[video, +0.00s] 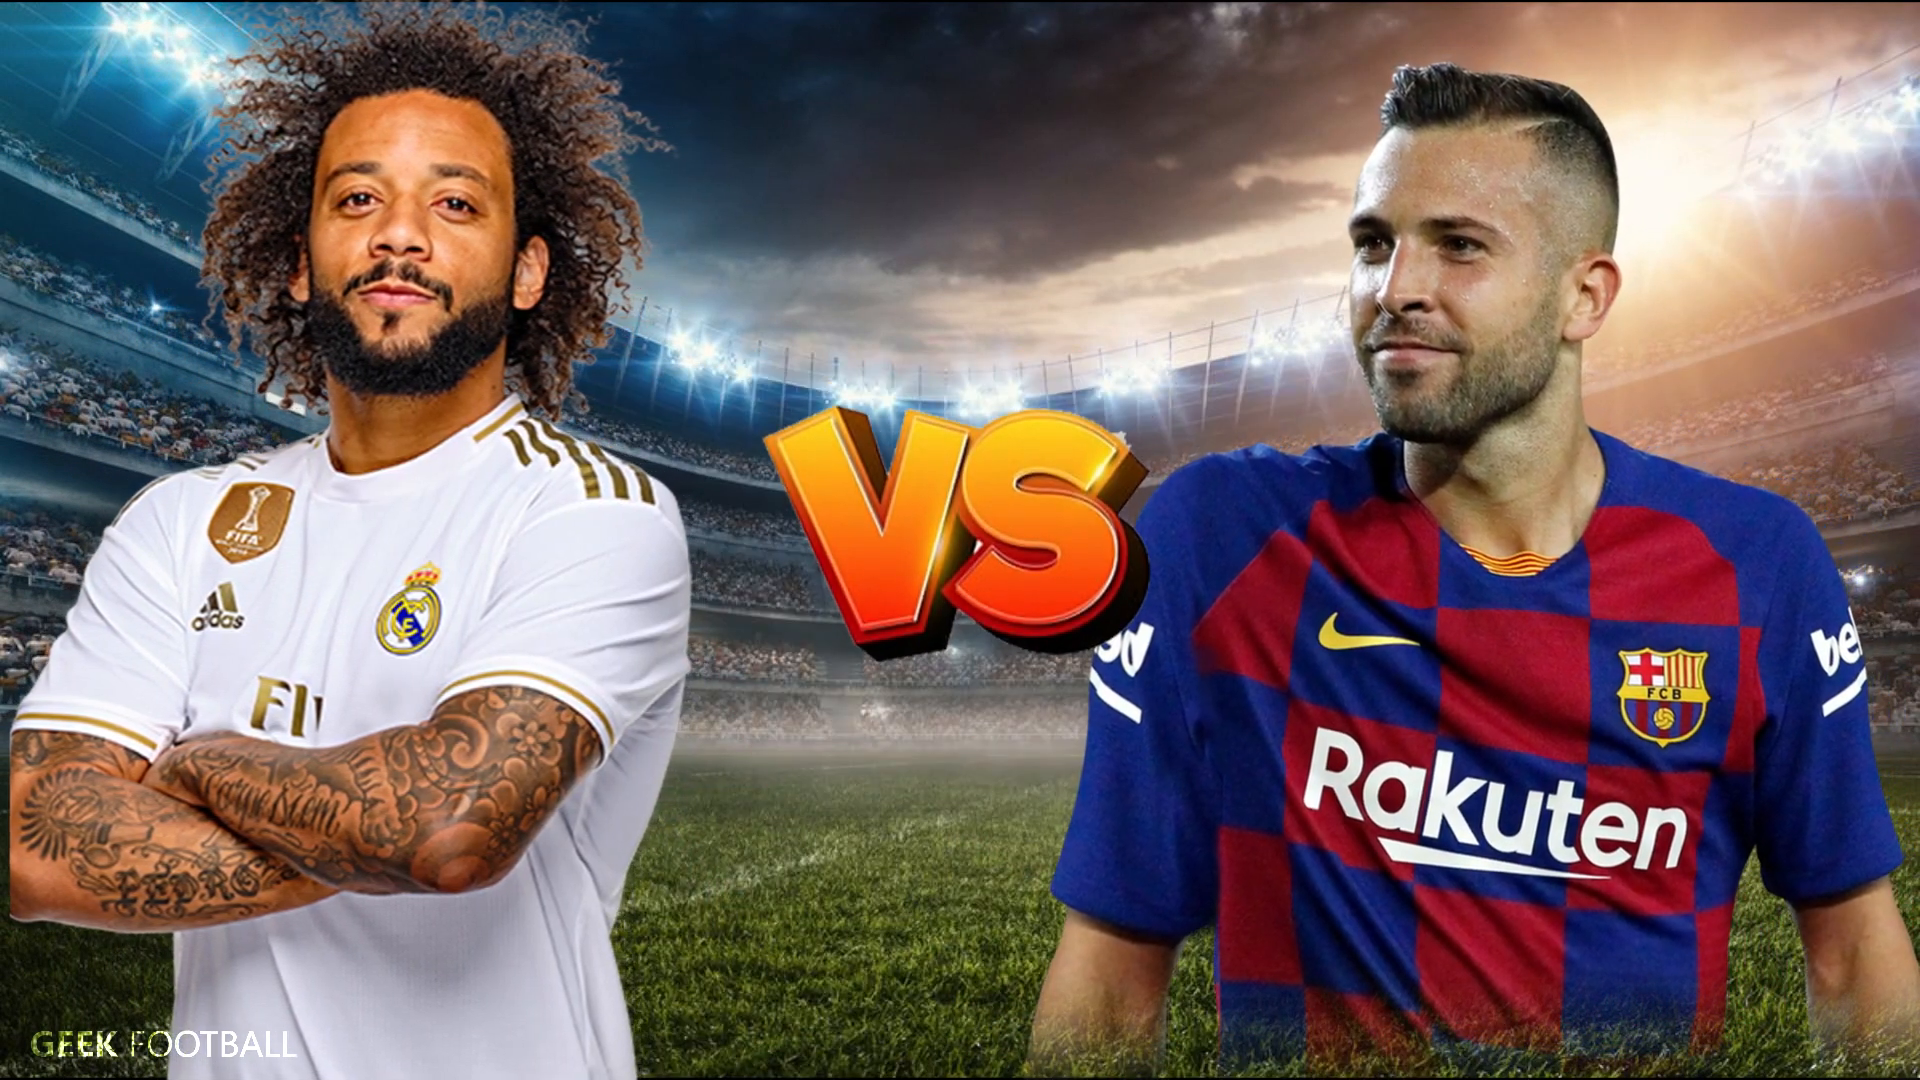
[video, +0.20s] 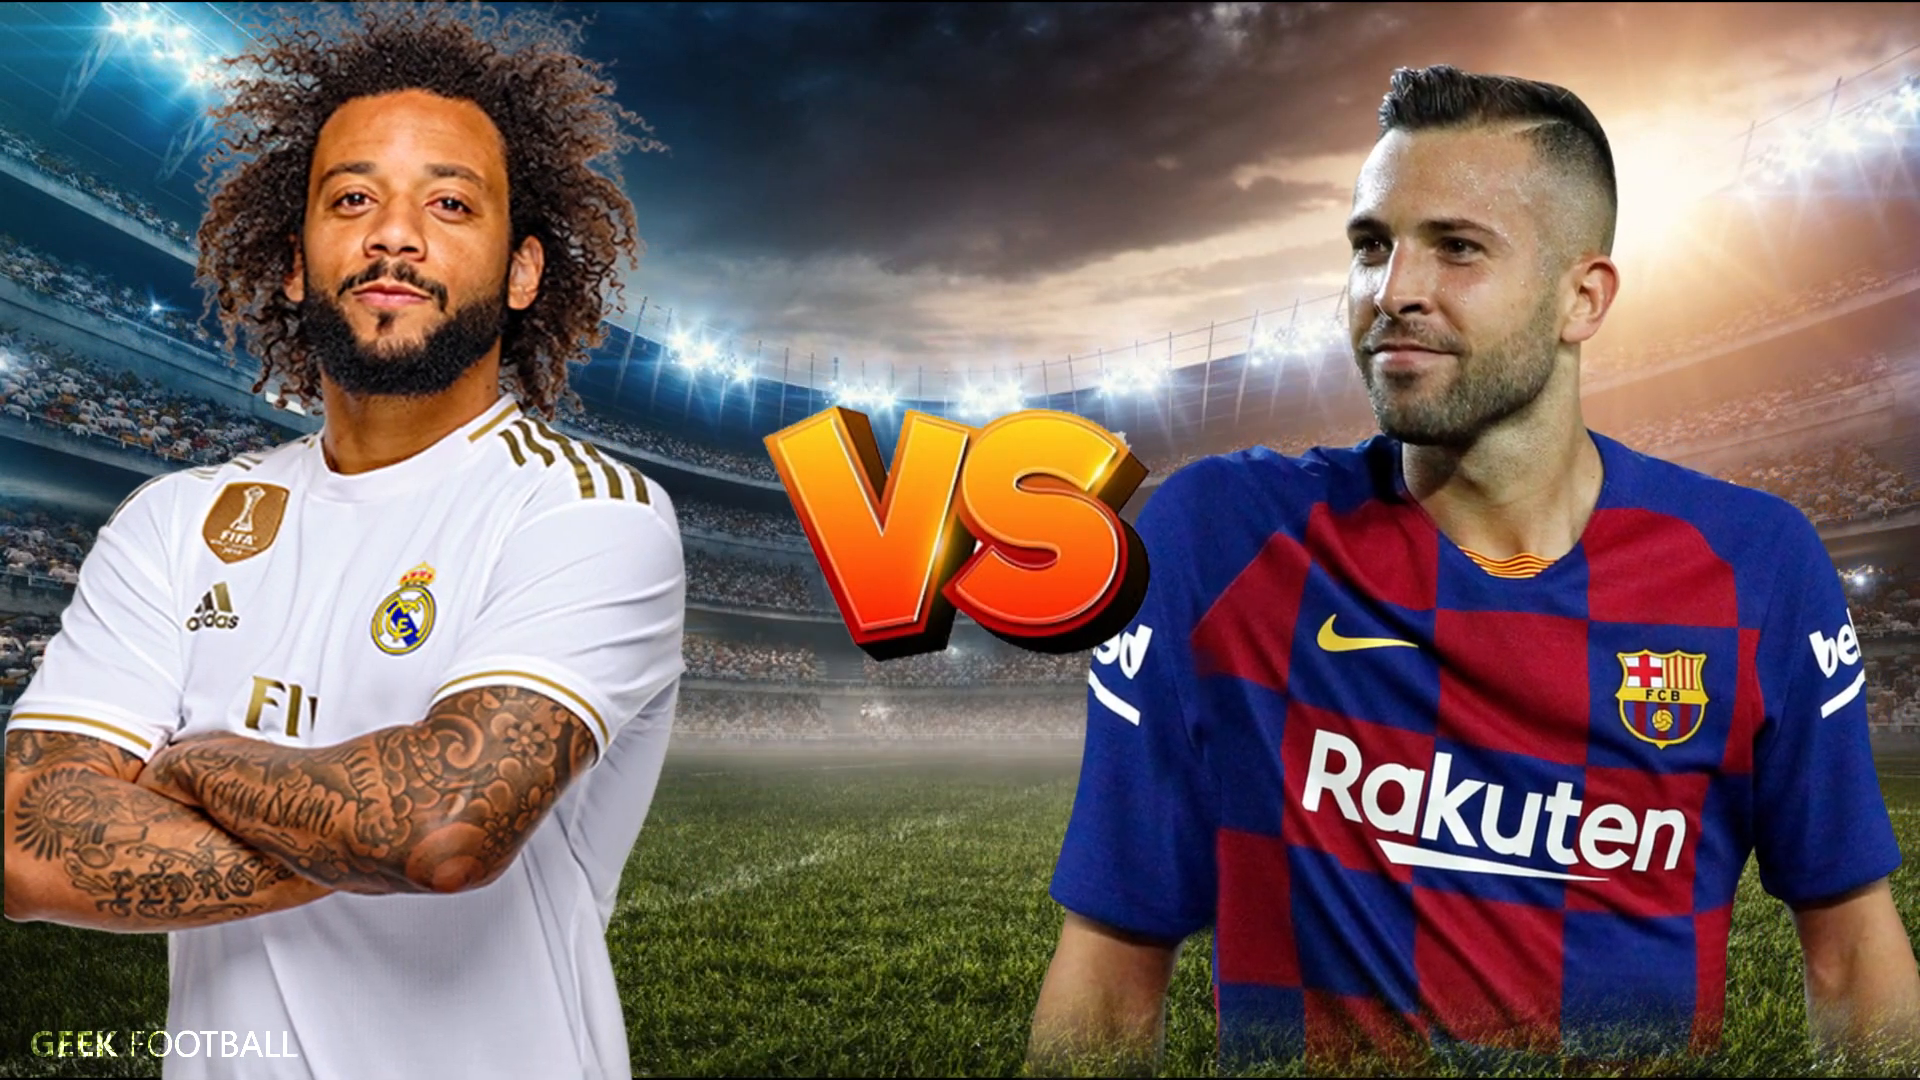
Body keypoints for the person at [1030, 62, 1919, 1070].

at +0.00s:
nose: (1392, 290)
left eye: (1459, 245)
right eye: (1372, 244)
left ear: (1584, 299)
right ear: (1349, 268)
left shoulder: (1760, 568)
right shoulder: (1211, 537)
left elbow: (1855, 944)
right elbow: (1113, 963)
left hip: (1634, 1053)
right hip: (1302, 1051)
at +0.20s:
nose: (1390, 291)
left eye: (1457, 247)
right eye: (1370, 246)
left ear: (1582, 301)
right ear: (1347, 270)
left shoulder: (1758, 569)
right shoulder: (1209, 539)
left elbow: (1854, 949)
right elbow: (1111, 965)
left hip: (1630, 1053)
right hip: (1300, 1052)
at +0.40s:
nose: (1389, 294)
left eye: (1455, 249)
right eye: (1369, 248)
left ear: (1581, 302)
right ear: (1345, 271)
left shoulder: (1758, 571)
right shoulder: (1206, 542)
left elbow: (1852, 948)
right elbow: (1109, 972)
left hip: (1632, 1053)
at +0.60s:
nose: (1394, 294)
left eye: (1461, 250)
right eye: (1374, 249)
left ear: (1586, 303)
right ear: (1350, 274)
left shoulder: (1763, 571)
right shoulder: (1214, 540)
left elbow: (1856, 947)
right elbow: (1114, 972)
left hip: (1633, 1054)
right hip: (1303, 1054)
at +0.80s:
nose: (1439, 294)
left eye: (1505, 247)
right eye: (1421, 248)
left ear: (1629, 299)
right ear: (1400, 270)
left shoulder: (1809, 568)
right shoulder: (1260, 537)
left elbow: (1894, 950)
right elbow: (1158, 964)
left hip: (1683, 1057)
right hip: (1359, 1058)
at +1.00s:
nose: (1527, 289)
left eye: (1592, 242)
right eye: (1505, 243)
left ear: (1717, 295)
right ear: (1482, 267)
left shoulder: (1892, 563)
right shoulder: (1346, 530)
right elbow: (1242, 962)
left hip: (1768, 1060)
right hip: (1445, 1055)